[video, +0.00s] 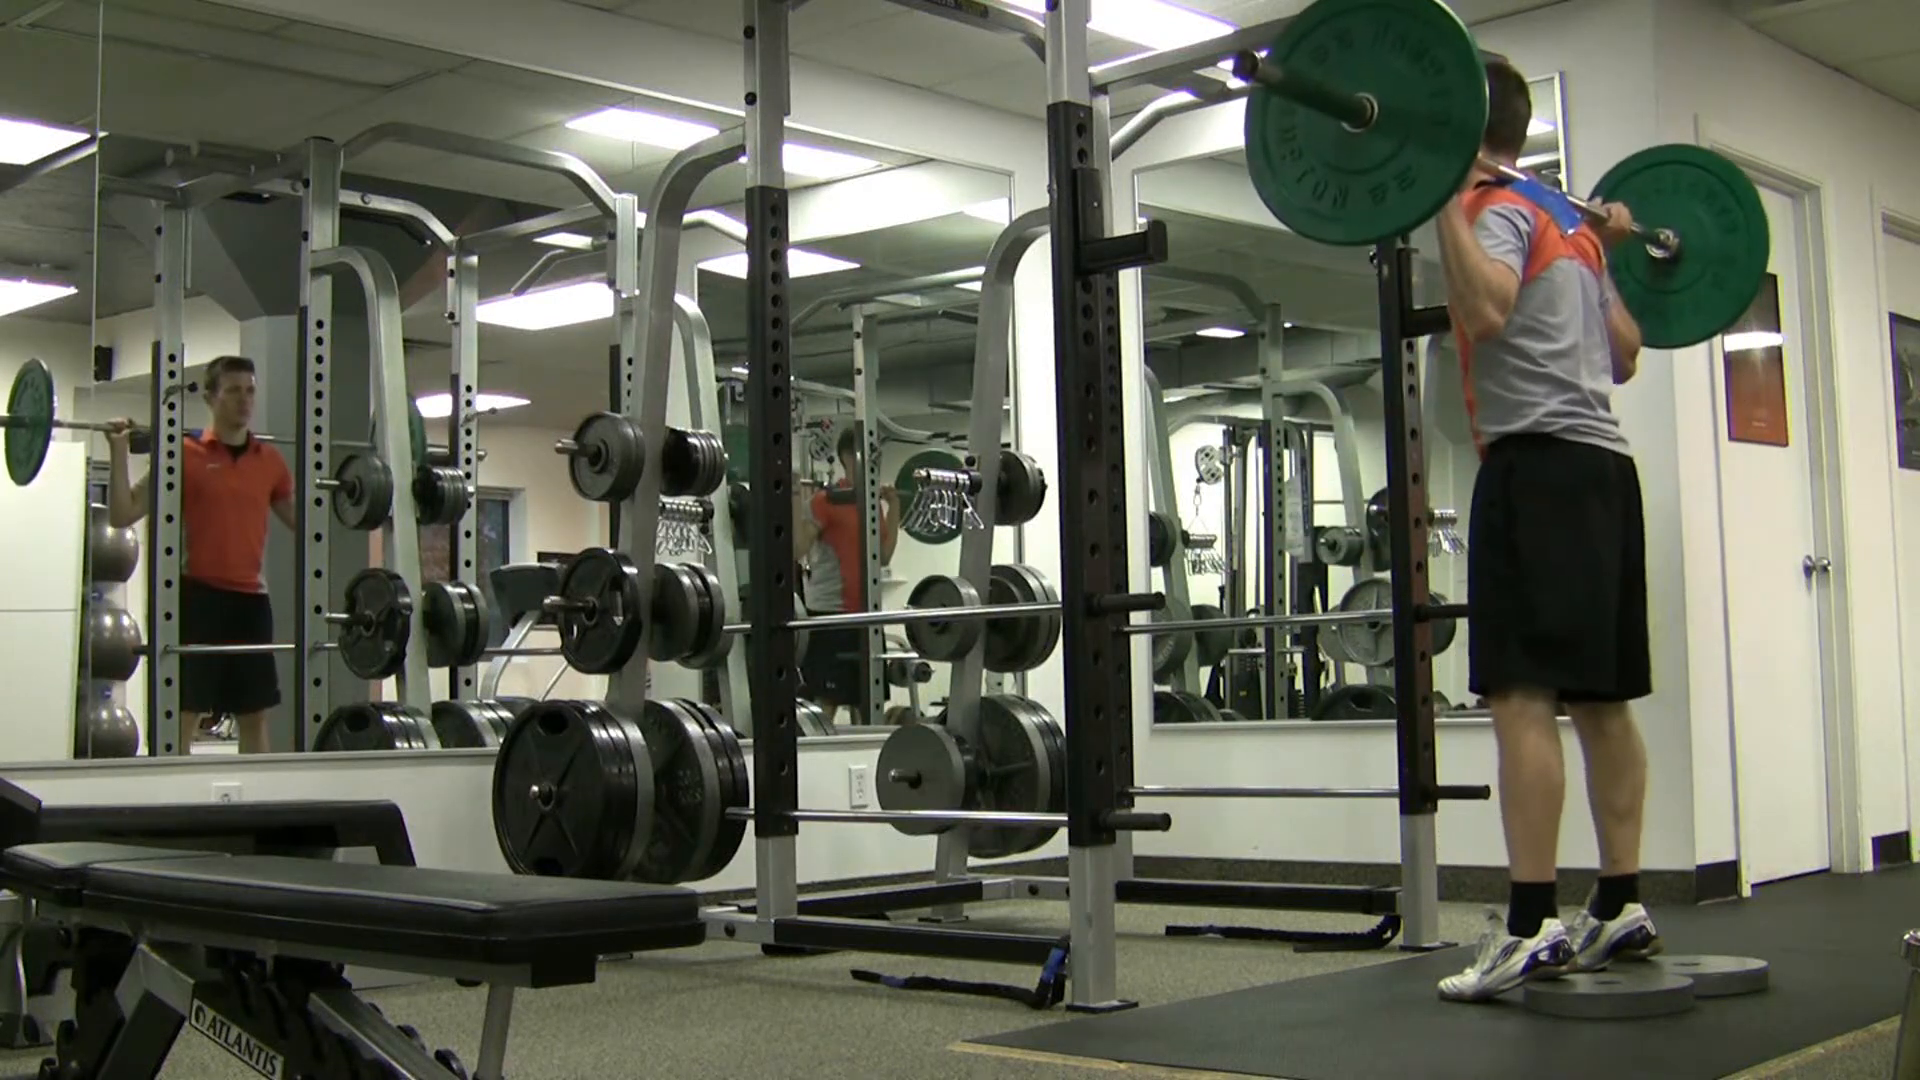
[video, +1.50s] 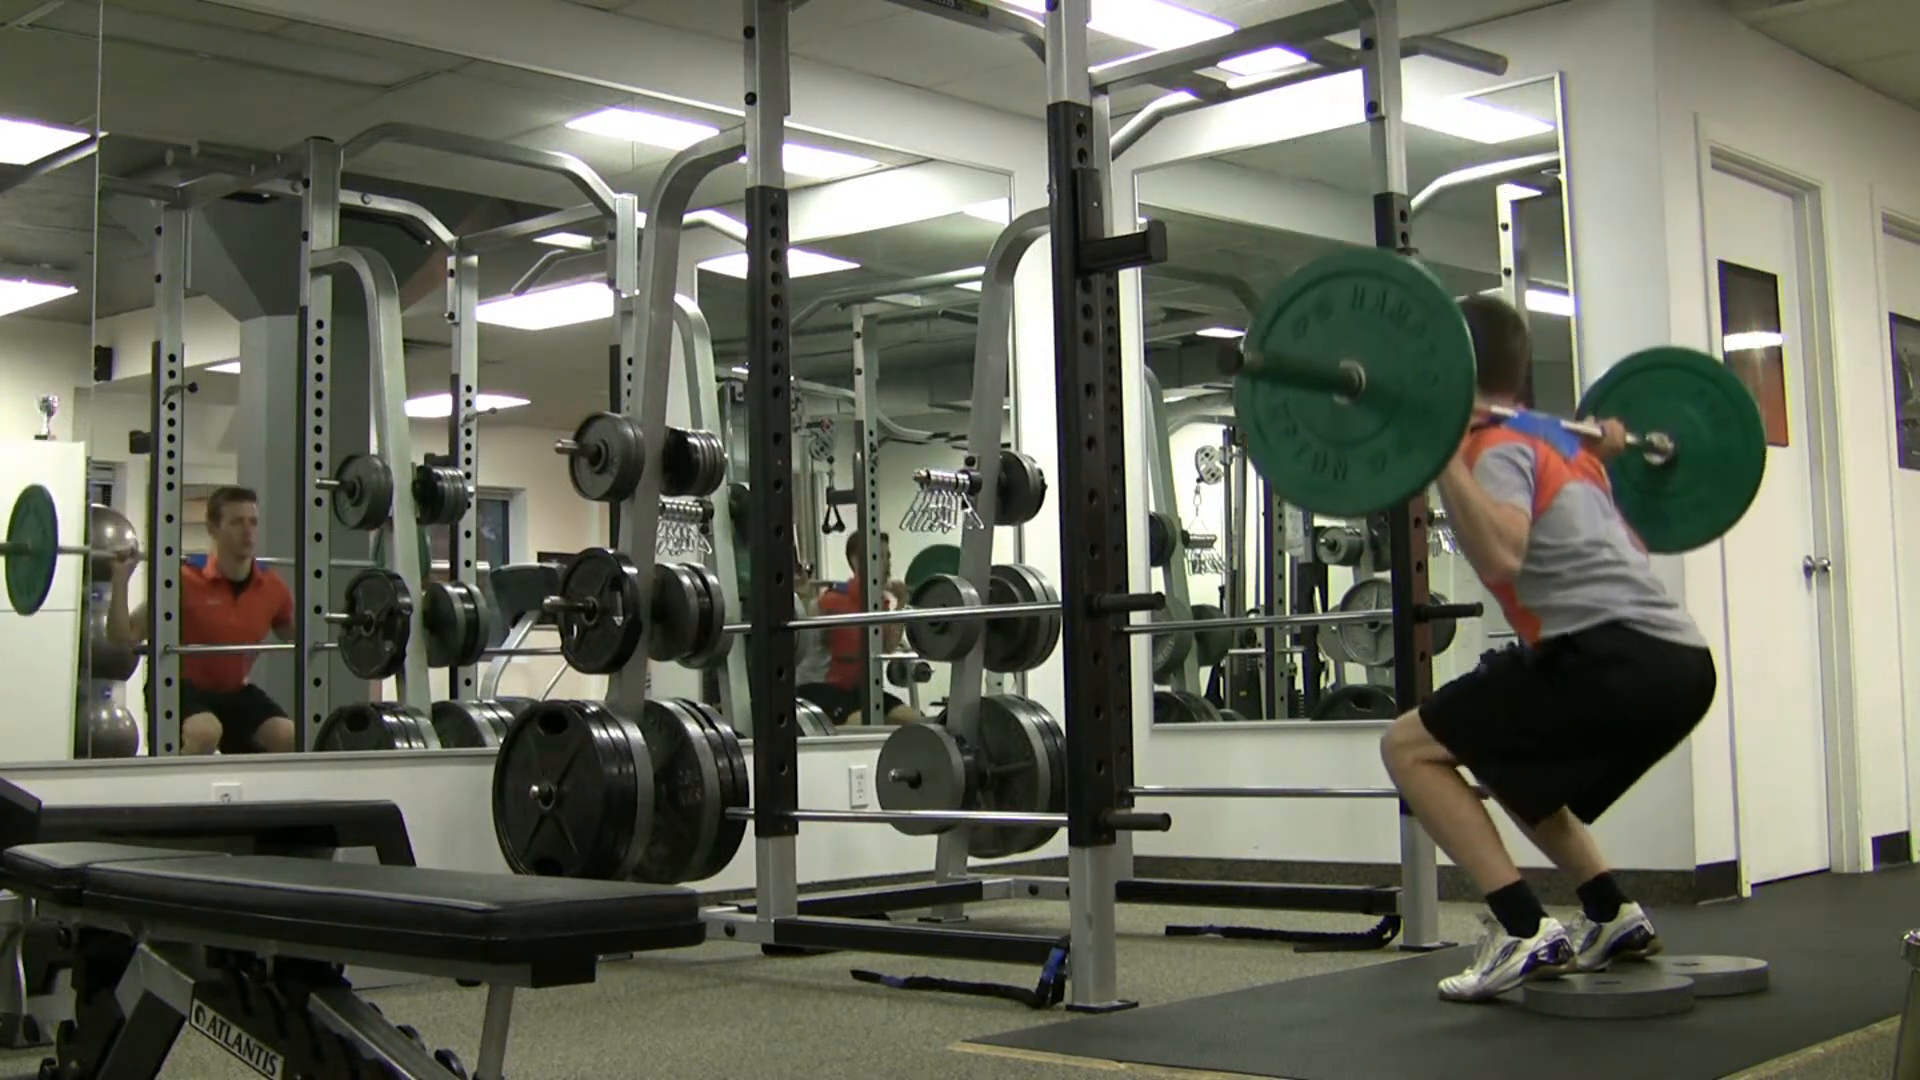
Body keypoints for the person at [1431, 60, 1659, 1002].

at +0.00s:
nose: (1441, 141)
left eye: (1446, 121)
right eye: (1456, 119)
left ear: (1467, 129)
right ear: (1523, 129)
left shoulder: (1495, 206)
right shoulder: (1573, 216)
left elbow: (1487, 312)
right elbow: (1624, 352)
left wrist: (1445, 204)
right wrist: (1608, 245)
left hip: (1534, 470)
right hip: (1602, 469)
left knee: (1519, 700)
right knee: (1601, 700)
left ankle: (1530, 929)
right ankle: (1620, 908)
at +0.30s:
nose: (1447, 135)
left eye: (1454, 113)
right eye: (1465, 111)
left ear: (1472, 125)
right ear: (1523, 125)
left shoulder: (1498, 205)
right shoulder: (1572, 214)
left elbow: (1490, 312)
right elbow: (1623, 351)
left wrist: (1444, 202)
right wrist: (1607, 243)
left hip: (1536, 470)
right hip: (1601, 469)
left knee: (1513, 696)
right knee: (1592, 697)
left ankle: (1529, 930)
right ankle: (1619, 908)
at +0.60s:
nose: (1439, 180)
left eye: (1444, 160)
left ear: (1464, 167)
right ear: (1518, 170)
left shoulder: (1497, 243)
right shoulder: (1568, 252)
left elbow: (1491, 351)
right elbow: (1622, 380)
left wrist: (1443, 243)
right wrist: (1606, 273)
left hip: (1555, 494)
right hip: (1622, 498)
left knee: (1456, 706)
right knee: (1540, 708)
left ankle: (1525, 930)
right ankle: (1615, 910)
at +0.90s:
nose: (1434, 252)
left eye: (1439, 235)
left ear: (1456, 237)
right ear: (1517, 239)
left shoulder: (1496, 308)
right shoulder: (1564, 314)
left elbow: (1492, 420)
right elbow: (1626, 432)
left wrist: (1439, 315)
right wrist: (1600, 336)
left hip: (1580, 547)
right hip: (1649, 552)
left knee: (1429, 727)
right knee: (1519, 730)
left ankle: (1524, 929)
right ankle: (1615, 912)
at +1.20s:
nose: (1433, 315)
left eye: (1441, 298)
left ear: (1455, 307)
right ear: (1521, 309)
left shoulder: (1499, 381)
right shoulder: (1563, 382)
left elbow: (1497, 491)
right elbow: (1614, 484)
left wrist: (1443, 393)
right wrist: (1593, 399)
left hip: (1595, 604)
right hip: (1669, 610)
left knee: (1413, 740)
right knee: (1513, 755)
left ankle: (1522, 930)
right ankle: (1614, 913)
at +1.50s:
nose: (1435, 375)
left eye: (1439, 362)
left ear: (1450, 370)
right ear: (1523, 373)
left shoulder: (1498, 442)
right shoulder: (1566, 440)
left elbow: (1501, 559)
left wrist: (1441, 452)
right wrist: (1599, 453)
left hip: (1604, 658)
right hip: (1682, 666)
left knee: (1408, 747)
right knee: (1511, 771)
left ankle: (1524, 929)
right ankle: (1613, 913)